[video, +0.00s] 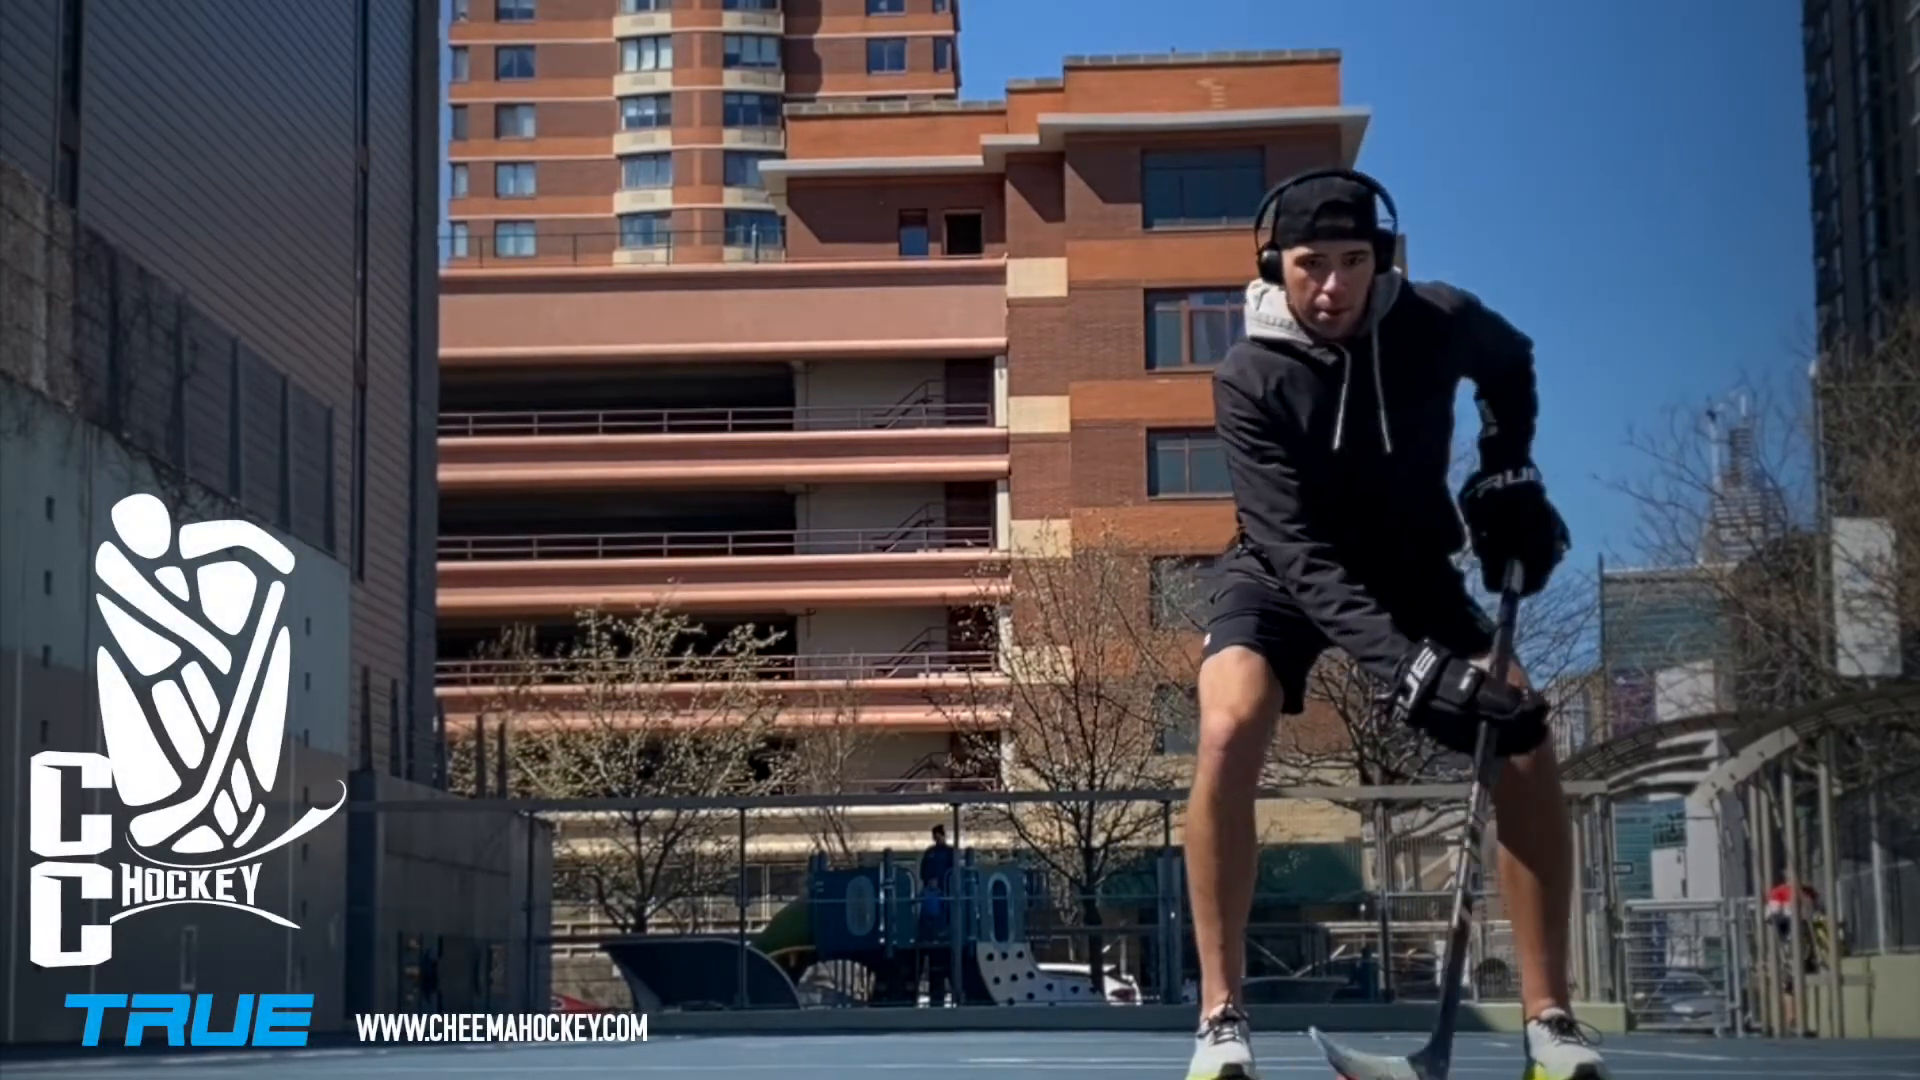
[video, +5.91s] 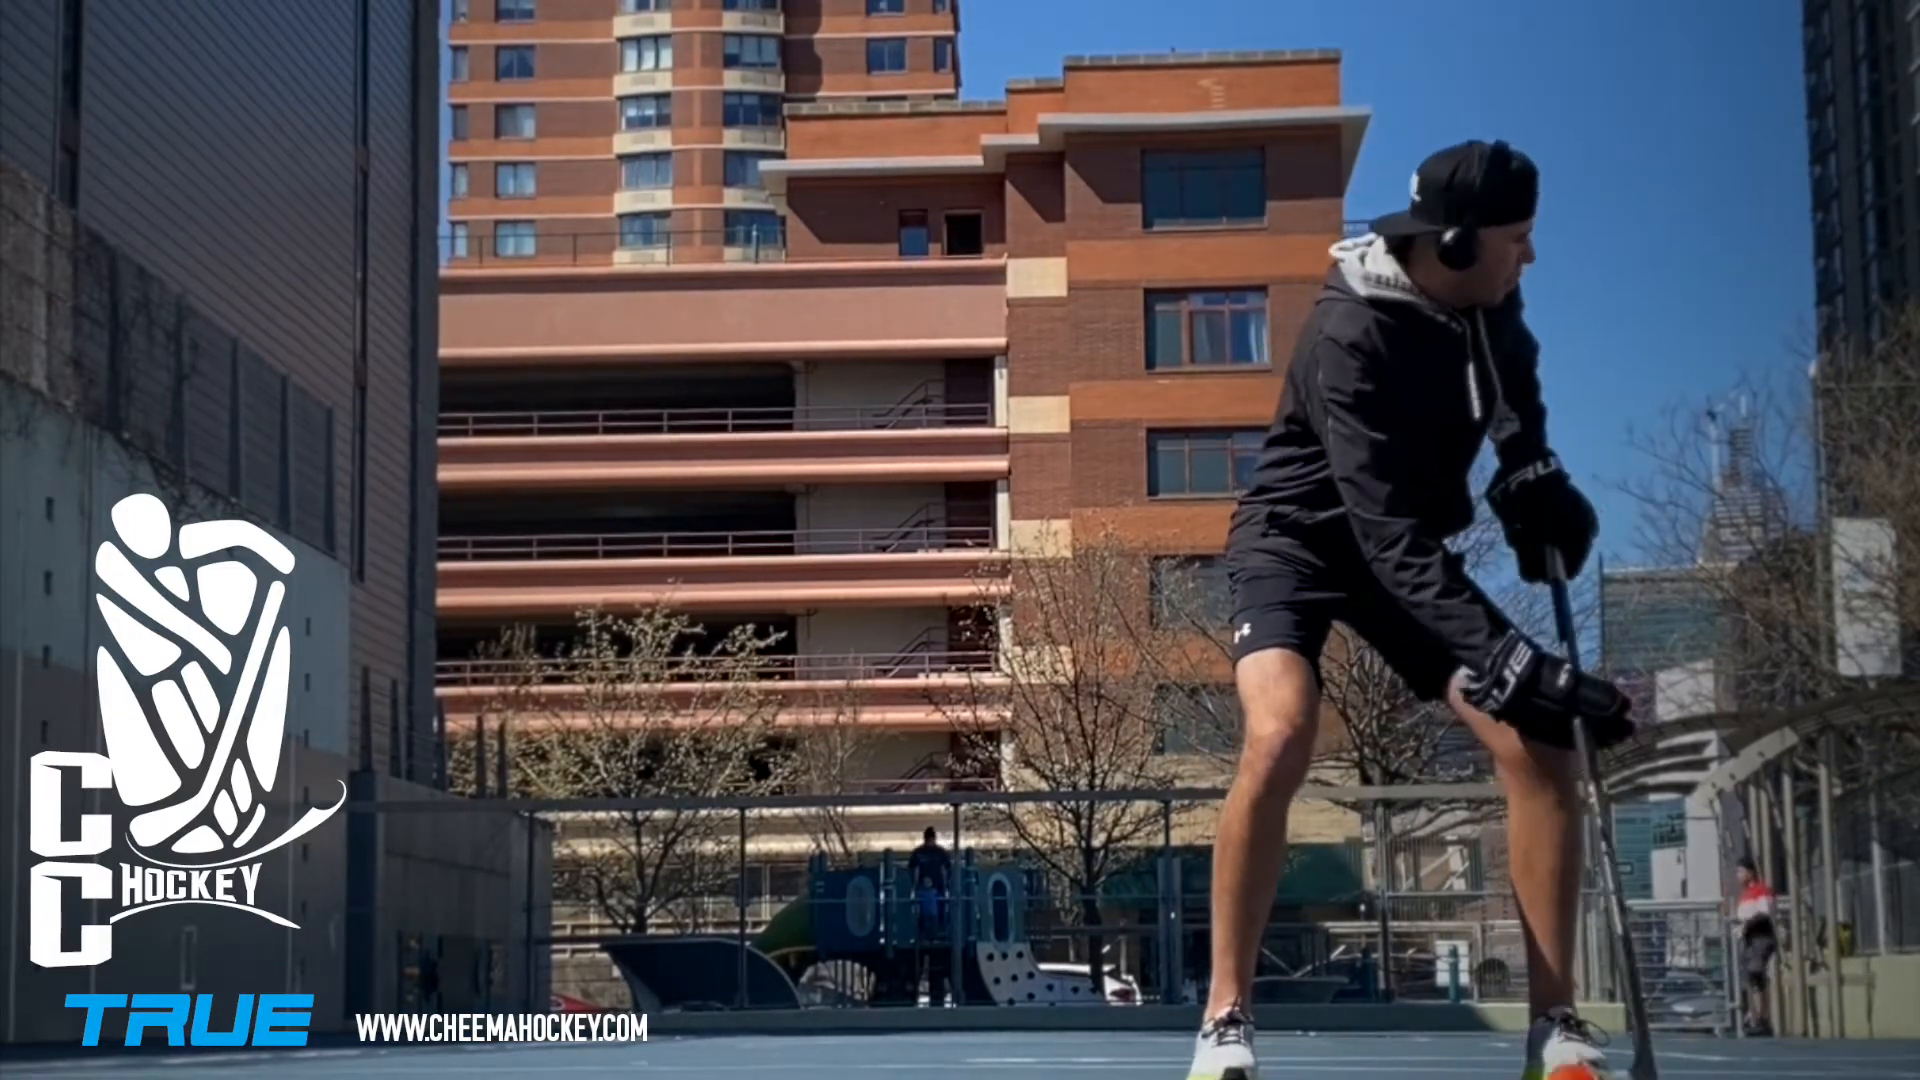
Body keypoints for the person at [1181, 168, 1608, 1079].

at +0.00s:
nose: (1330, 286)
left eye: (1349, 264)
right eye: (1310, 266)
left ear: (1379, 262)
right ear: (1278, 265)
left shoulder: (1432, 319)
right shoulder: (1253, 376)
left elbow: (1509, 362)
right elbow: (1294, 553)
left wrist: (1506, 474)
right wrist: (1411, 670)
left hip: (1412, 564)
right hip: (1284, 570)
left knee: (1523, 742)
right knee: (1230, 726)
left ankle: (1549, 1016)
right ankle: (1219, 1015)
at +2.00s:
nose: (1336, 252)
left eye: (1357, 231)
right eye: (1316, 232)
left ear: (1394, 229)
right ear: (1288, 235)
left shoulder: (1448, 285)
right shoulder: (1265, 339)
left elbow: (1524, 337)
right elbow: (1305, 521)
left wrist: (1523, 456)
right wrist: (1411, 650)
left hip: (1418, 533)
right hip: (1286, 538)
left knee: (1523, 730)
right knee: (1238, 725)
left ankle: (1551, 1015)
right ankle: (1220, 1014)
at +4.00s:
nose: (1474, 242)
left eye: (1482, 222)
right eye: (1453, 226)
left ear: (1489, 225)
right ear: (1397, 234)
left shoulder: (1508, 299)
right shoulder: (1332, 344)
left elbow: (1553, 364)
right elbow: (1364, 541)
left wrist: (1568, 471)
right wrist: (1499, 661)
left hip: (1441, 546)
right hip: (1315, 541)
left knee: (1554, 763)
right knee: (1272, 734)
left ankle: (1555, 1017)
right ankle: (1224, 1014)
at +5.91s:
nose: (1530, 251)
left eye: (1528, 233)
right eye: (1516, 234)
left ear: (1463, 239)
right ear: (1459, 240)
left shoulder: (1490, 306)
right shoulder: (1352, 334)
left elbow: (1514, 398)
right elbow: (1394, 543)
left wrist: (1530, 480)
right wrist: (1530, 671)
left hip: (1408, 546)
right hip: (1294, 537)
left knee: (1535, 744)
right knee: (1278, 737)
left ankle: (1556, 1023)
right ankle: (1225, 1016)